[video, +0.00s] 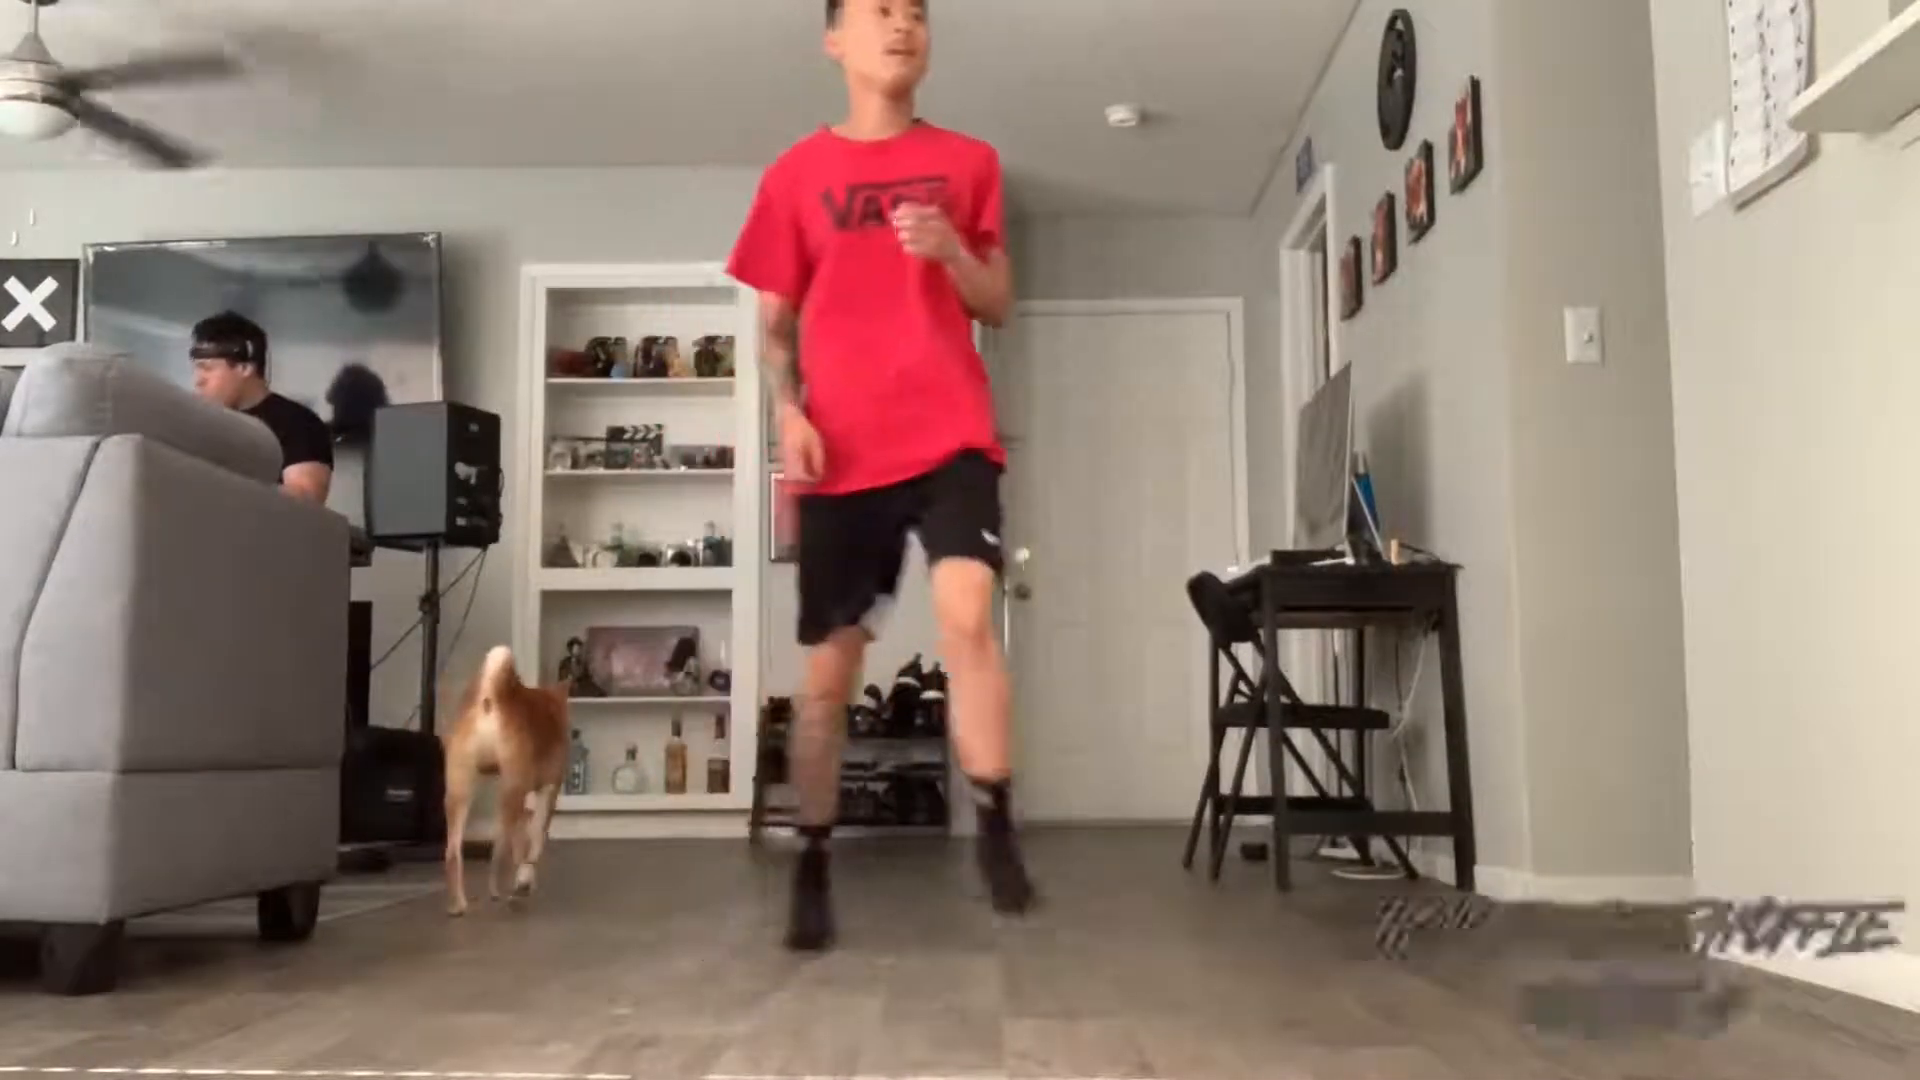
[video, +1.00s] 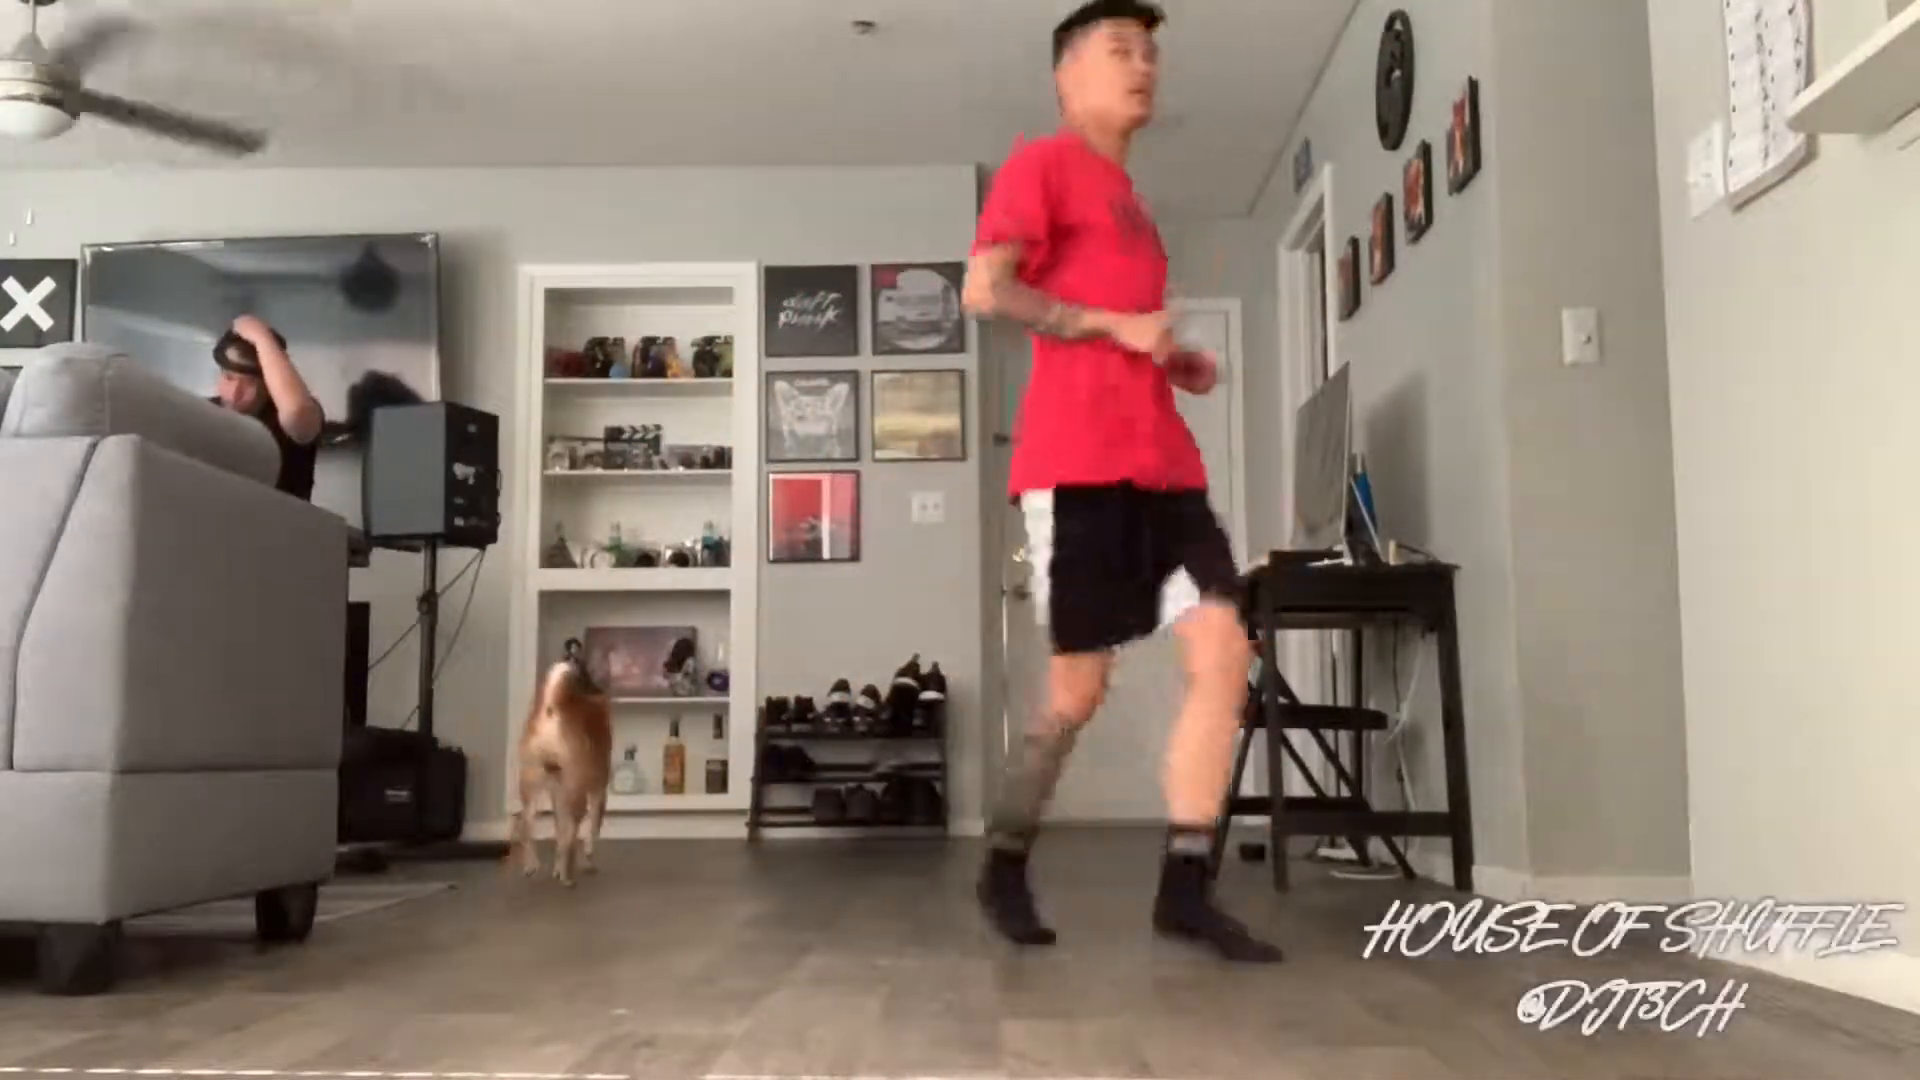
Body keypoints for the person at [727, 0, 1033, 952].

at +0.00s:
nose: (903, 29)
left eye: (914, 16)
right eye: (879, 15)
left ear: (930, 42)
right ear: (833, 43)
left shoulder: (968, 163)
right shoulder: (798, 172)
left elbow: (997, 299)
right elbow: (773, 324)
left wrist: (952, 250)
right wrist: (786, 409)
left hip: (951, 434)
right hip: (842, 448)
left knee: (969, 617)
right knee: (830, 666)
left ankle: (995, 833)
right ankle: (812, 867)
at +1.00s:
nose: (1143, 66)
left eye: (1150, 53)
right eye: (1122, 50)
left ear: (1153, 82)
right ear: (1067, 71)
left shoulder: (1126, 198)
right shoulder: (1042, 162)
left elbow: (1105, 317)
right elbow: (987, 287)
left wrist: (1169, 362)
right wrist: (1111, 323)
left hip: (1159, 465)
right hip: (1078, 466)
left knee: (1224, 657)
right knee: (1077, 685)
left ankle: (1185, 893)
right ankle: (1005, 866)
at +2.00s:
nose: (769, 90)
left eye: (781, 68)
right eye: (772, 72)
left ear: (836, 74)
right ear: (826, 78)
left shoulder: (905, 201)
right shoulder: (773, 214)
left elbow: (952, 343)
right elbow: (741, 334)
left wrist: (846, 347)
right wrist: (731, 351)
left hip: (826, 486)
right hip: (755, 484)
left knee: (728, 671)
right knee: (814, 691)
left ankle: (682, 901)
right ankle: (882, 885)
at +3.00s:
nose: (1023, 54)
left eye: (1036, 38)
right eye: (1000, 38)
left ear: (1053, 61)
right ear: (959, 63)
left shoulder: (1088, 187)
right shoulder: (924, 181)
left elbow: (1120, 326)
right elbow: (869, 286)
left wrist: (1154, 445)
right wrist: (887, 266)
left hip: (1070, 458)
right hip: (968, 461)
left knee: (1051, 661)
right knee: (951, 683)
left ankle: (1060, 898)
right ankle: (919, 863)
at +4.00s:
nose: (1152, 66)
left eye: (1144, 47)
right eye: (1139, 46)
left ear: (1071, 71)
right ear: (1103, 60)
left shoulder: (1032, 165)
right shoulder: (1114, 146)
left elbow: (1013, 321)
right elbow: (1114, 306)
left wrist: (1132, 387)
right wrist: (1157, 378)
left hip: (1031, 448)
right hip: (1094, 446)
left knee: (1046, 655)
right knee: (1145, 657)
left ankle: (973, 861)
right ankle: (1157, 891)